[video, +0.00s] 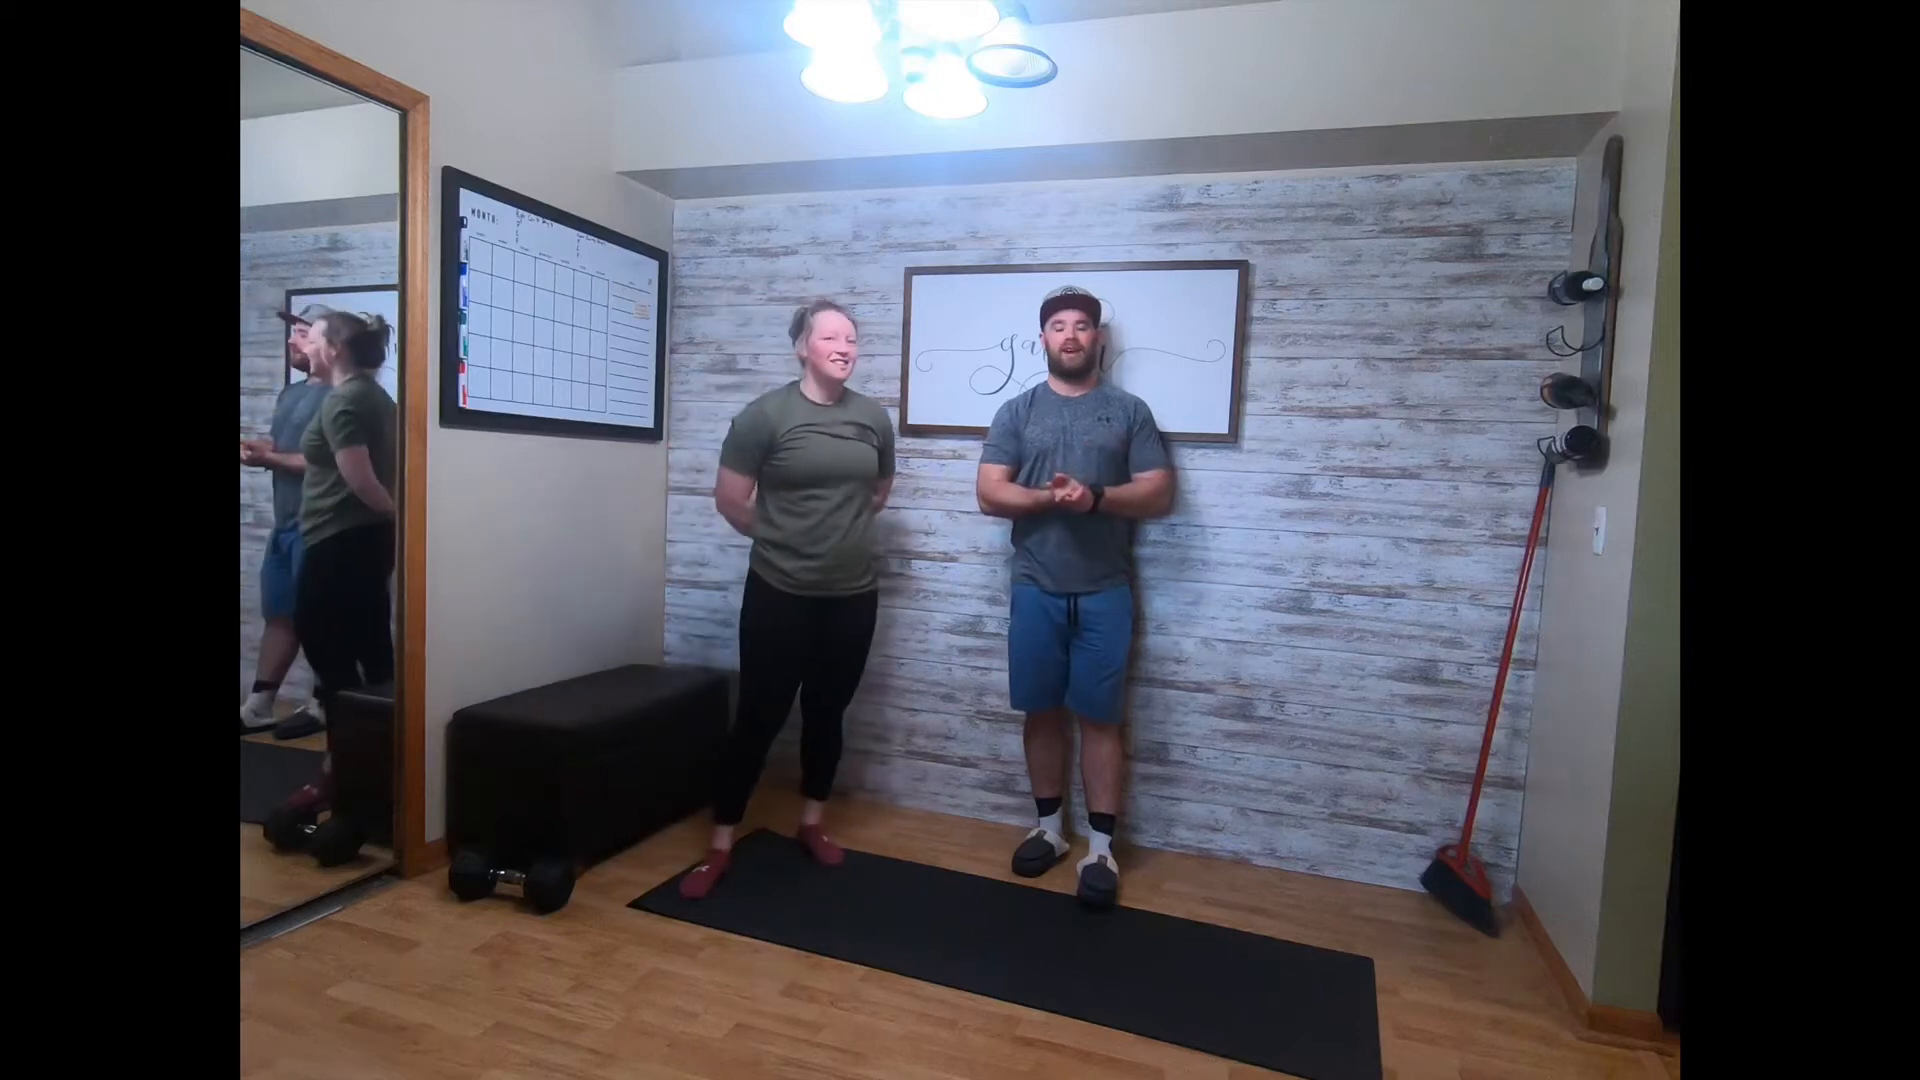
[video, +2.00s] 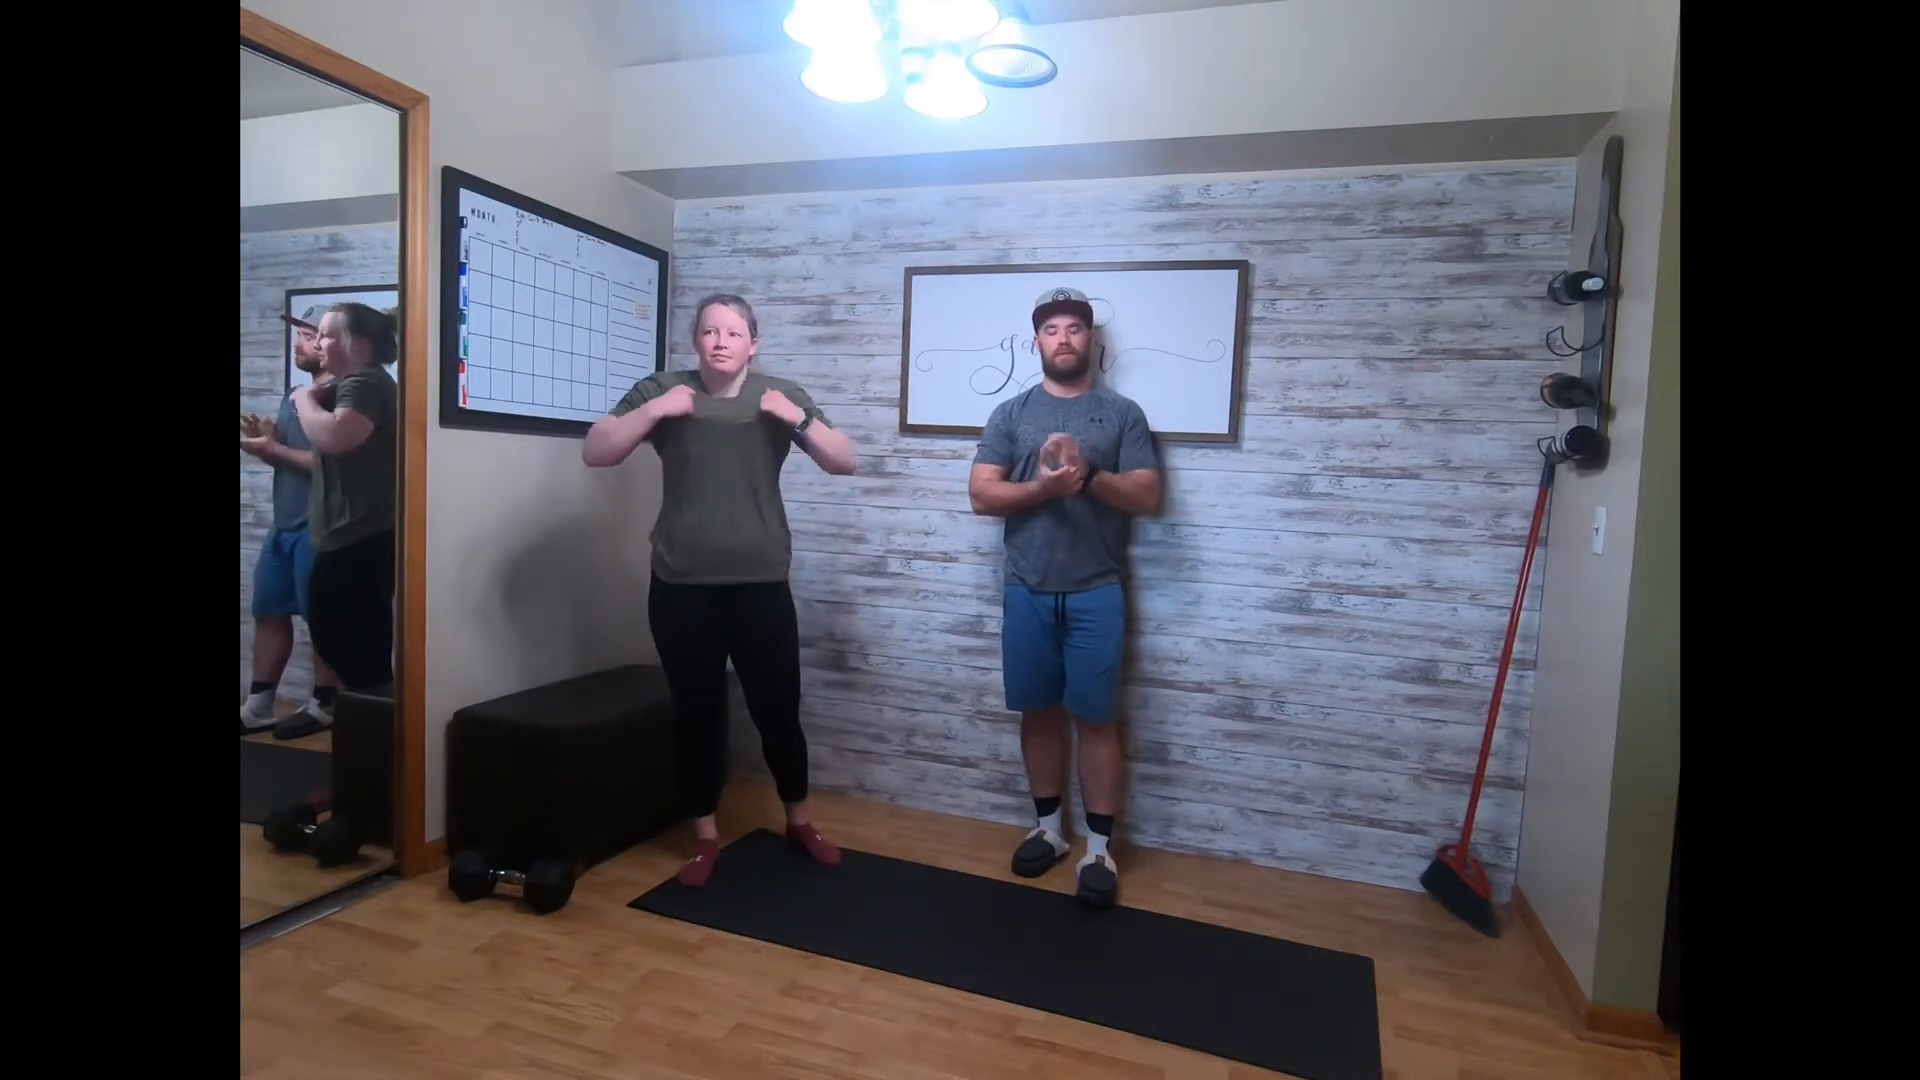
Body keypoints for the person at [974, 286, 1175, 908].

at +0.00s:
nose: (1070, 334)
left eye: (1081, 325)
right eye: (1058, 326)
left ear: (1098, 339)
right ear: (1043, 340)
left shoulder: (1127, 411)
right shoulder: (1018, 411)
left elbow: (1159, 493)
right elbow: (989, 492)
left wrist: (1096, 498)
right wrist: (1045, 497)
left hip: (1105, 585)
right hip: (1036, 583)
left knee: (1099, 714)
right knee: (1040, 709)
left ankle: (1100, 850)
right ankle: (1048, 830)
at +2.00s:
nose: (1063, 337)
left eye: (1075, 329)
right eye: (1052, 330)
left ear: (1092, 340)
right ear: (1037, 342)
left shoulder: (1122, 414)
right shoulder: (1011, 414)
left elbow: (1147, 497)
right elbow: (983, 494)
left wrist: (1088, 478)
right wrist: (1044, 485)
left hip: (1096, 584)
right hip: (1027, 584)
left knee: (1095, 715)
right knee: (1037, 710)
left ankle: (1099, 850)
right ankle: (1049, 830)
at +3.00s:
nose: (1064, 335)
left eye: (1075, 327)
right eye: (1053, 327)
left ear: (1091, 341)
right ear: (1036, 339)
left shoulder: (1116, 413)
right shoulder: (1005, 414)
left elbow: (1146, 497)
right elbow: (977, 495)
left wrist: (1076, 488)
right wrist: (1027, 492)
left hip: (1091, 584)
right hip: (1022, 586)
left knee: (1091, 715)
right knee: (1035, 710)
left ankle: (1096, 849)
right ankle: (1048, 830)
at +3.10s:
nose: (1065, 335)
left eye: (1077, 328)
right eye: (1054, 326)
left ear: (1092, 343)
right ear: (1036, 339)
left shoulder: (1115, 413)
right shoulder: (1004, 415)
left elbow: (1145, 497)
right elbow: (979, 497)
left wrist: (1073, 486)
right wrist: (1029, 491)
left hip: (1090, 584)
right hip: (1021, 585)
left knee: (1090, 714)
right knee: (1035, 710)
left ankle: (1096, 848)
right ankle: (1048, 830)